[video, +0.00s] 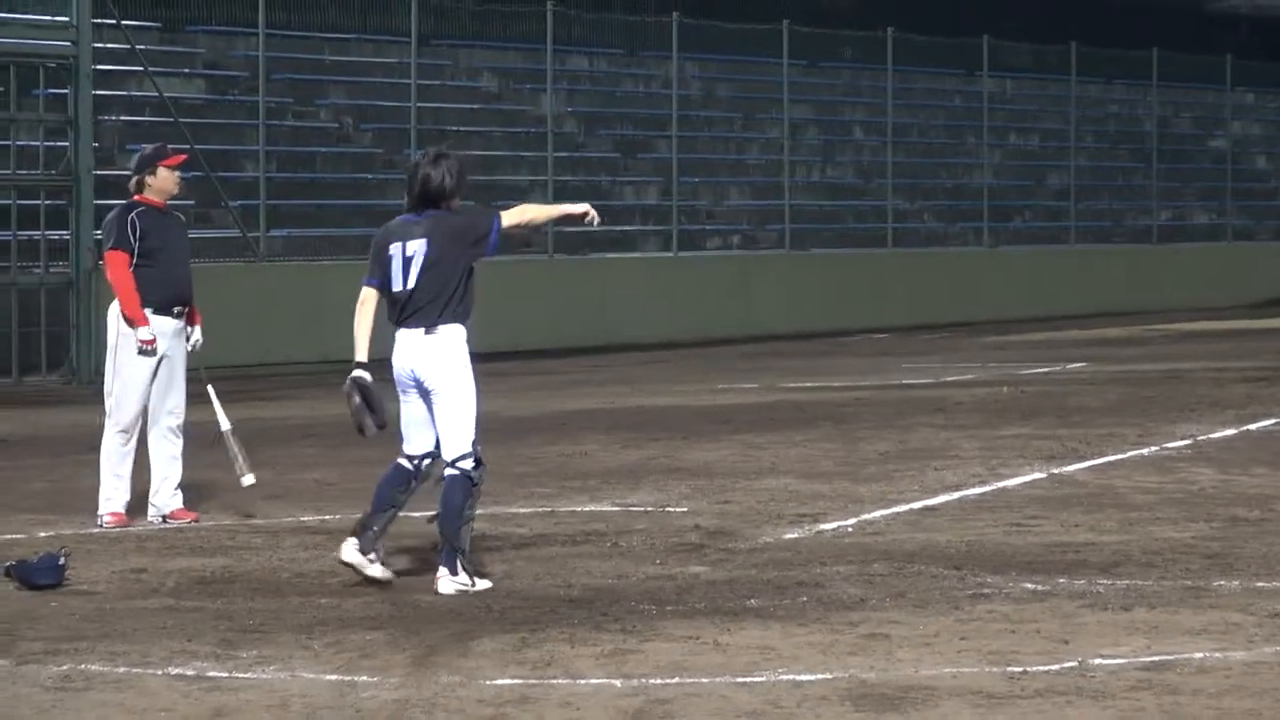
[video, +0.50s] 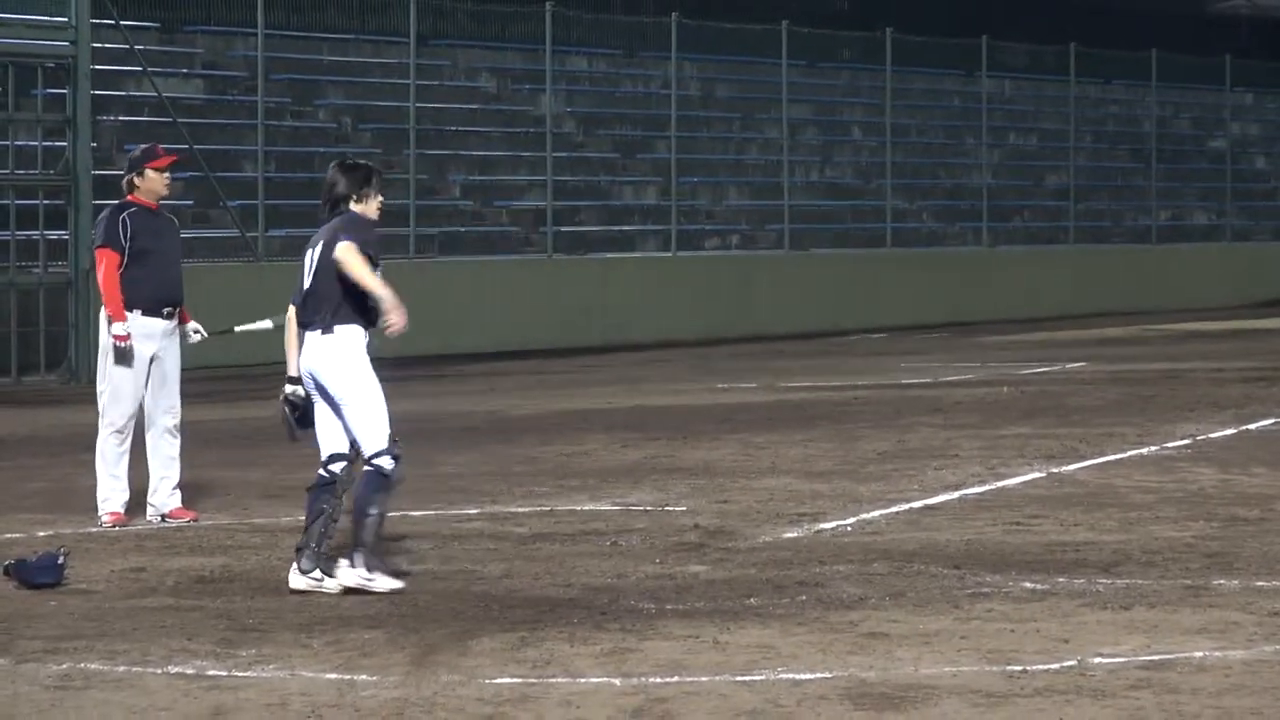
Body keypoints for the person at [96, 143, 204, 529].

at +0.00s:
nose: (179, 175)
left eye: (178, 170)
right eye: (172, 170)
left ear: (158, 178)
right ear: (149, 176)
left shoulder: (175, 220)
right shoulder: (125, 215)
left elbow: (178, 273)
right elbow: (117, 271)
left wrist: (193, 319)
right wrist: (141, 325)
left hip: (174, 328)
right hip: (135, 325)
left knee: (168, 419)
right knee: (124, 420)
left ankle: (166, 503)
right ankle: (112, 507)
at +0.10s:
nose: (174, 177)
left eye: (173, 171)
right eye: (167, 171)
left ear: (154, 179)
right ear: (144, 178)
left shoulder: (171, 222)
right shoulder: (121, 217)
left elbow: (175, 273)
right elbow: (115, 273)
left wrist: (191, 319)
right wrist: (145, 322)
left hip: (172, 329)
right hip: (133, 327)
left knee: (166, 420)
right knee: (123, 421)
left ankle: (163, 503)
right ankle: (111, 508)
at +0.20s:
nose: (172, 182)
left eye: (170, 177)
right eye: (165, 177)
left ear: (152, 185)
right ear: (141, 184)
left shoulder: (169, 227)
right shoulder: (119, 224)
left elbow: (171, 279)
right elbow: (115, 279)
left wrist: (187, 325)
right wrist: (144, 327)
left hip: (170, 332)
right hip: (131, 331)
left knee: (165, 424)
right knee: (119, 425)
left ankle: (162, 508)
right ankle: (109, 513)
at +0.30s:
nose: (172, 177)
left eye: (171, 171)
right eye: (165, 172)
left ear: (153, 179)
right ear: (142, 179)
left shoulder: (169, 221)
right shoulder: (120, 218)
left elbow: (171, 273)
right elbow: (117, 273)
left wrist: (186, 319)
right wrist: (141, 324)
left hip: (170, 328)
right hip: (132, 327)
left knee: (166, 420)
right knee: (120, 421)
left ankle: (164, 503)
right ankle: (112, 507)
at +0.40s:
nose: (168, 177)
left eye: (167, 172)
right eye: (161, 172)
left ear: (151, 179)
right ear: (138, 179)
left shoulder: (166, 222)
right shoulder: (116, 217)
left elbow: (166, 273)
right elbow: (111, 270)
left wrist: (181, 318)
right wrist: (127, 321)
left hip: (167, 328)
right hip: (129, 327)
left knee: (164, 420)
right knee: (117, 421)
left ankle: (162, 502)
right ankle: (110, 507)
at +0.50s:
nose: (168, 177)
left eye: (168, 171)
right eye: (161, 172)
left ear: (156, 178)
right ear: (138, 177)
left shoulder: (168, 222)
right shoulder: (117, 217)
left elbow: (168, 276)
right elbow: (107, 271)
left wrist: (185, 318)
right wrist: (118, 323)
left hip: (167, 329)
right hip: (129, 328)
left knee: (166, 418)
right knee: (118, 420)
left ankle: (165, 501)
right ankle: (112, 506)